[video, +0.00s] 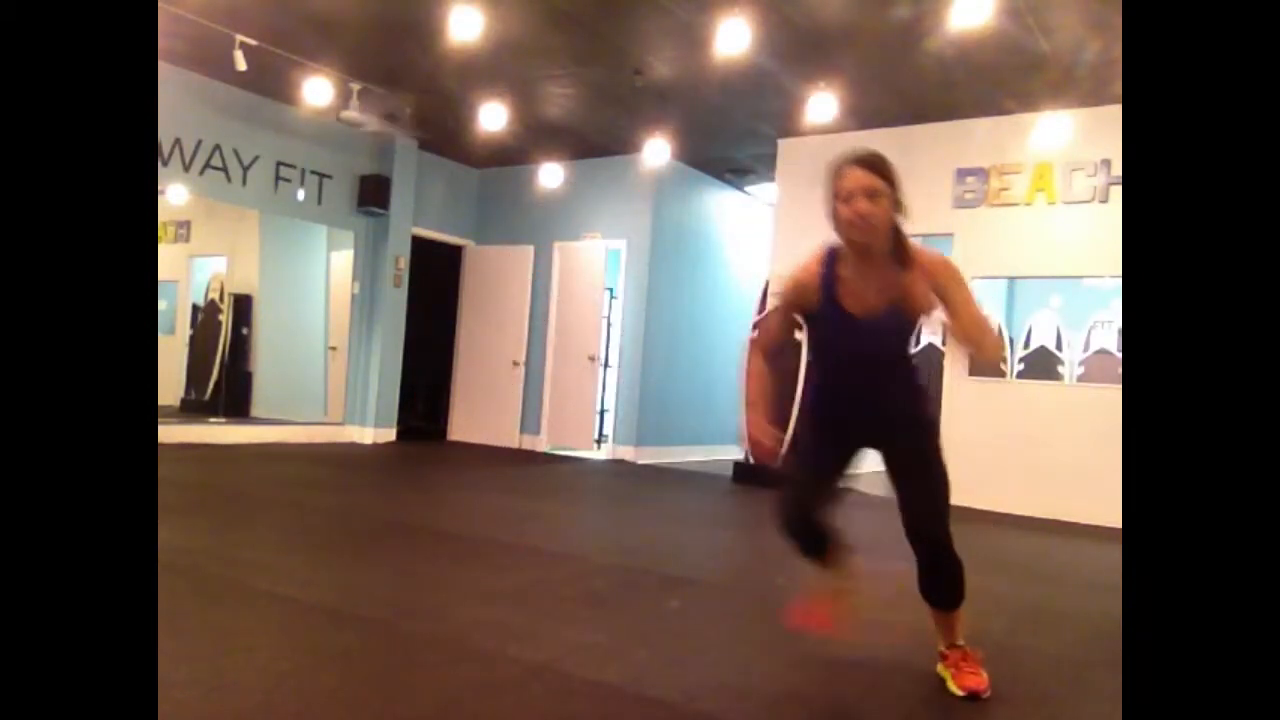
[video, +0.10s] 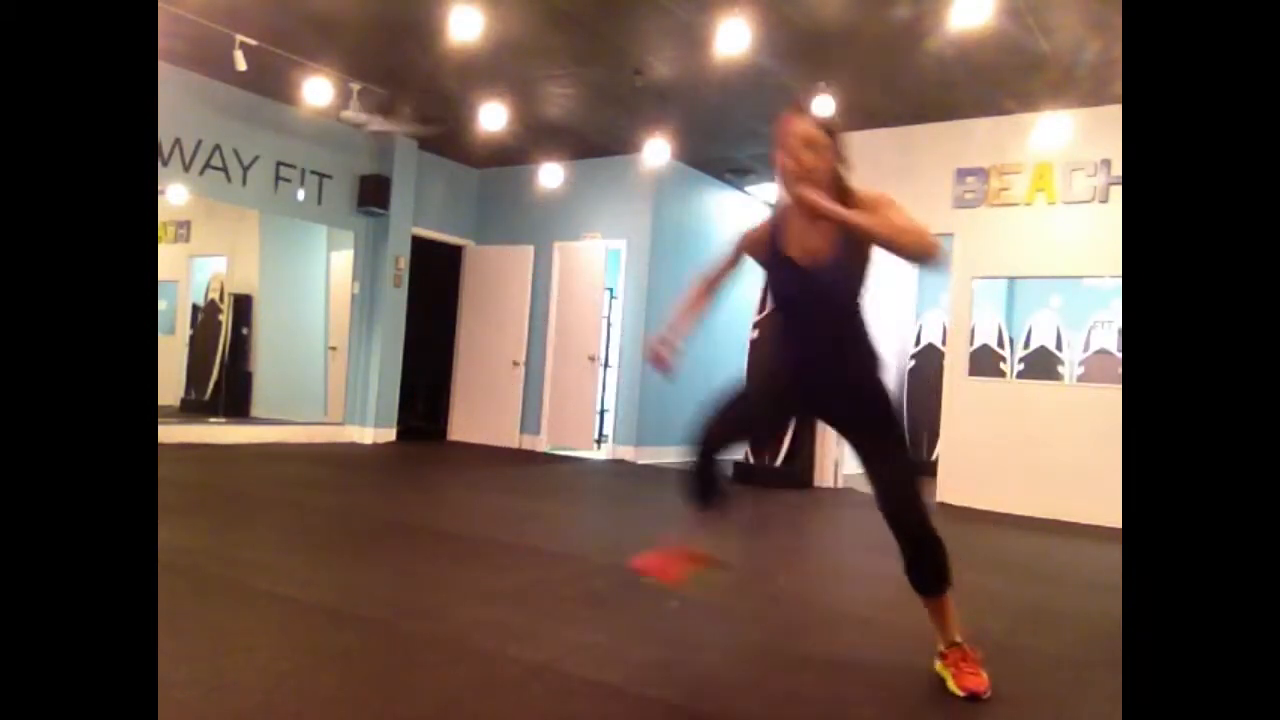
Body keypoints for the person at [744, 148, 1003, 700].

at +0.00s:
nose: (859, 208)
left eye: (872, 196)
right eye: (847, 198)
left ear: (894, 207)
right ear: (833, 211)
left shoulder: (928, 272)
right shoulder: (811, 278)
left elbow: (990, 350)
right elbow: (761, 347)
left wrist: (955, 314)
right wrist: (758, 418)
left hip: (899, 409)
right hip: (830, 410)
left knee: (930, 532)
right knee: (796, 515)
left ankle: (953, 647)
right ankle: (841, 571)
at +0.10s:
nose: (797, 158)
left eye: (810, 148)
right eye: (787, 148)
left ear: (835, 158)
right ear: (775, 159)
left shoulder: (865, 210)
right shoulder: (766, 234)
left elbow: (926, 247)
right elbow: (711, 284)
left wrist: (835, 210)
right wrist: (672, 336)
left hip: (850, 384)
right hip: (782, 381)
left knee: (903, 507)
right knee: (710, 442)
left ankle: (952, 643)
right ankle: (703, 542)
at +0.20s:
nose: (732, 121)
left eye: (747, 110)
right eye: (721, 111)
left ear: (773, 121)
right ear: (709, 124)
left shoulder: (800, 183)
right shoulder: (700, 197)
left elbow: (851, 225)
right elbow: (658, 243)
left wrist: (766, 198)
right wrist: (620, 296)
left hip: (790, 349)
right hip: (725, 344)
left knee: (860, 476)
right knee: (637, 423)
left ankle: (931, 602)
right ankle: (579, 524)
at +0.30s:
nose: (679, 126)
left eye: (690, 116)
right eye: (668, 117)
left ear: (712, 129)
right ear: (655, 133)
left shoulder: (734, 189)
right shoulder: (643, 199)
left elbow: (772, 246)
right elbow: (605, 250)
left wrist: (705, 215)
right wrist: (570, 300)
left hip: (729, 346)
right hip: (663, 343)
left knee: (784, 451)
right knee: (587, 440)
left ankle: (857, 554)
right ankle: (516, 540)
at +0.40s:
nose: (612, 174)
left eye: (624, 164)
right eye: (606, 166)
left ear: (653, 172)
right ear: (601, 177)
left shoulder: (679, 242)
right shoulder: (590, 234)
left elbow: (688, 306)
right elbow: (564, 283)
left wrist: (626, 255)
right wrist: (534, 333)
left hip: (665, 376)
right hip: (603, 372)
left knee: (704, 483)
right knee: (548, 470)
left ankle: (753, 515)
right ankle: (500, 588)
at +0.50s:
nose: (568, 224)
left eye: (583, 215)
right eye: (561, 213)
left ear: (606, 228)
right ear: (550, 223)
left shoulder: (629, 293)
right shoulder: (545, 277)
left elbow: (614, 374)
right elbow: (537, 322)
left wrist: (553, 304)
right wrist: (519, 365)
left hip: (623, 400)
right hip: (566, 388)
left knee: (618, 524)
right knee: (512, 480)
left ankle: (653, 513)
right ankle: (494, 595)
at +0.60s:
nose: (534, 258)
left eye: (550, 250)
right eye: (526, 247)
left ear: (574, 264)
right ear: (516, 256)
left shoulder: (595, 329)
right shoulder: (514, 312)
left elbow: (570, 420)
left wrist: (517, 350)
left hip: (603, 417)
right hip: (544, 401)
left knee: (556, 543)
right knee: (504, 492)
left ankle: (547, 545)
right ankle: (494, 597)